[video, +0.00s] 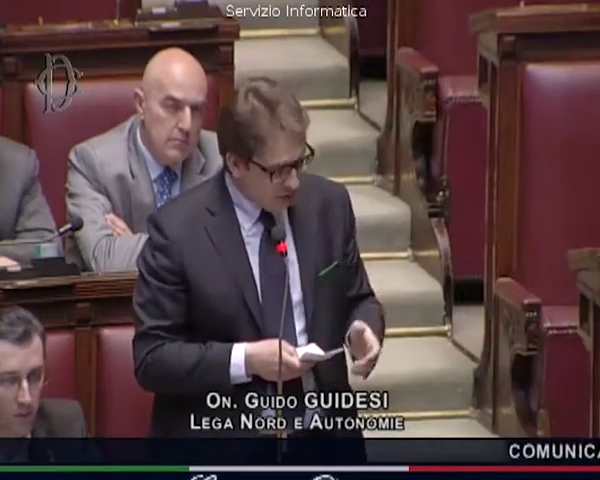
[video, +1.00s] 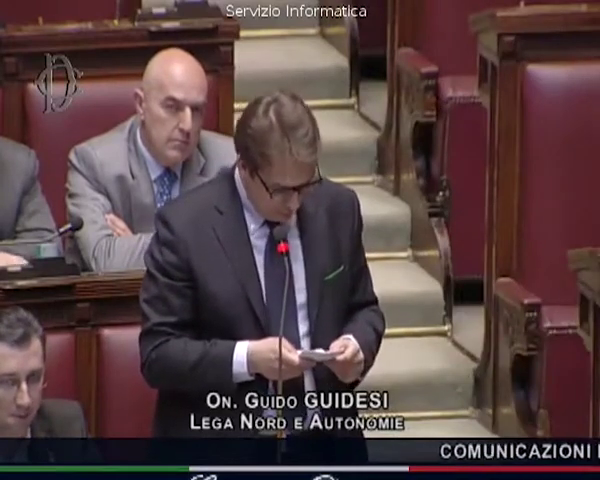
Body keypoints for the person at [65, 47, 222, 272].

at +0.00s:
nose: (186, 125)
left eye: (197, 109)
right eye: (172, 107)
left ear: (205, 109)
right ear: (140, 104)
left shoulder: (222, 154)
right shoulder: (91, 160)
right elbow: (104, 260)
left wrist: (137, 246)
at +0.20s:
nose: (187, 125)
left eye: (197, 109)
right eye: (172, 107)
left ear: (205, 108)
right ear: (140, 104)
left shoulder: (226, 155)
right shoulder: (91, 161)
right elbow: (105, 260)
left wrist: (137, 247)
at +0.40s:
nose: (187, 125)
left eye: (197, 109)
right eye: (172, 107)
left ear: (205, 108)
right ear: (140, 104)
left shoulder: (228, 155)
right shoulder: (91, 161)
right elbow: (106, 260)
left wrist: (137, 247)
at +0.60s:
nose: (187, 125)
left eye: (197, 110)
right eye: (172, 107)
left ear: (204, 109)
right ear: (140, 104)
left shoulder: (228, 156)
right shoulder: (91, 161)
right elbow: (106, 260)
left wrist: (138, 248)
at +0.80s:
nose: (187, 125)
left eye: (197, 110)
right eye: (172, 107)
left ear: (204, 109)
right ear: (140, 104)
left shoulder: (229, 156)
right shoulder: (91, 161)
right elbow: (105, 260)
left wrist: (138, 249)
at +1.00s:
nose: (186, 125)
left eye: (197, 110)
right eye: (172, 107)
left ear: (204, 109)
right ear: (141, 104)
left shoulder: (230, 157)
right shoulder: (91, 161)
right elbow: (105, 259)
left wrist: (138, 250)